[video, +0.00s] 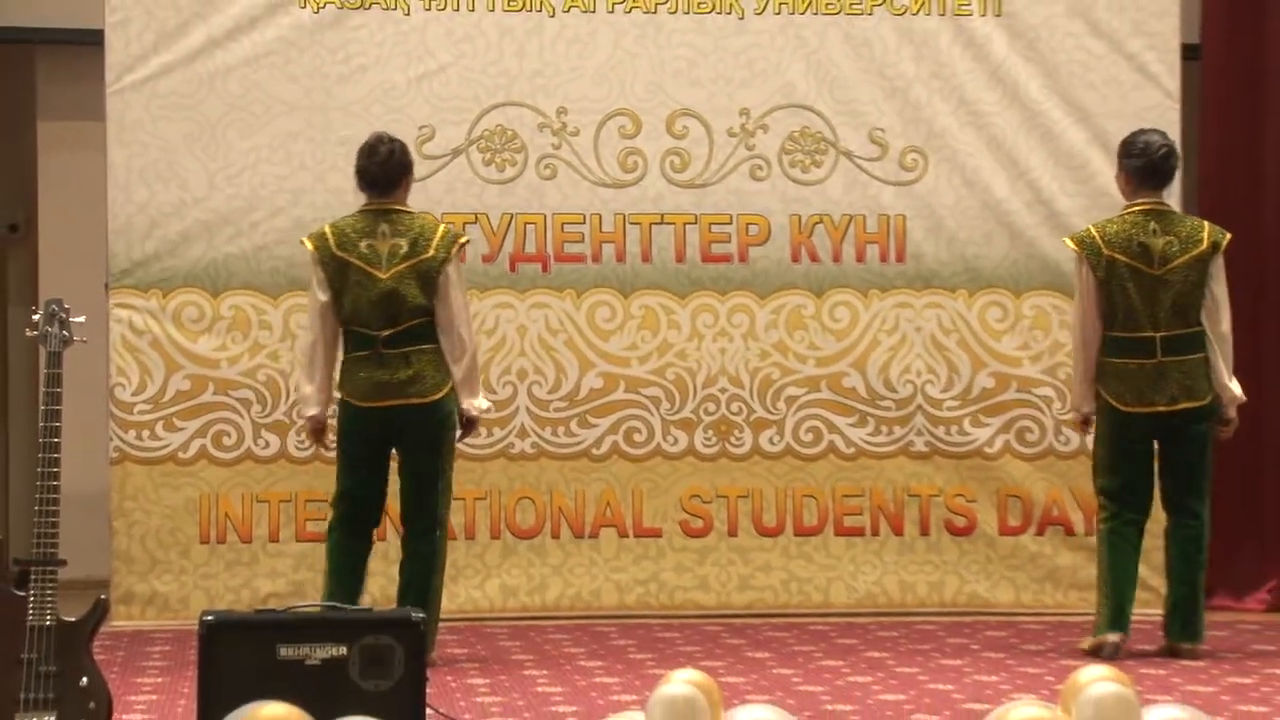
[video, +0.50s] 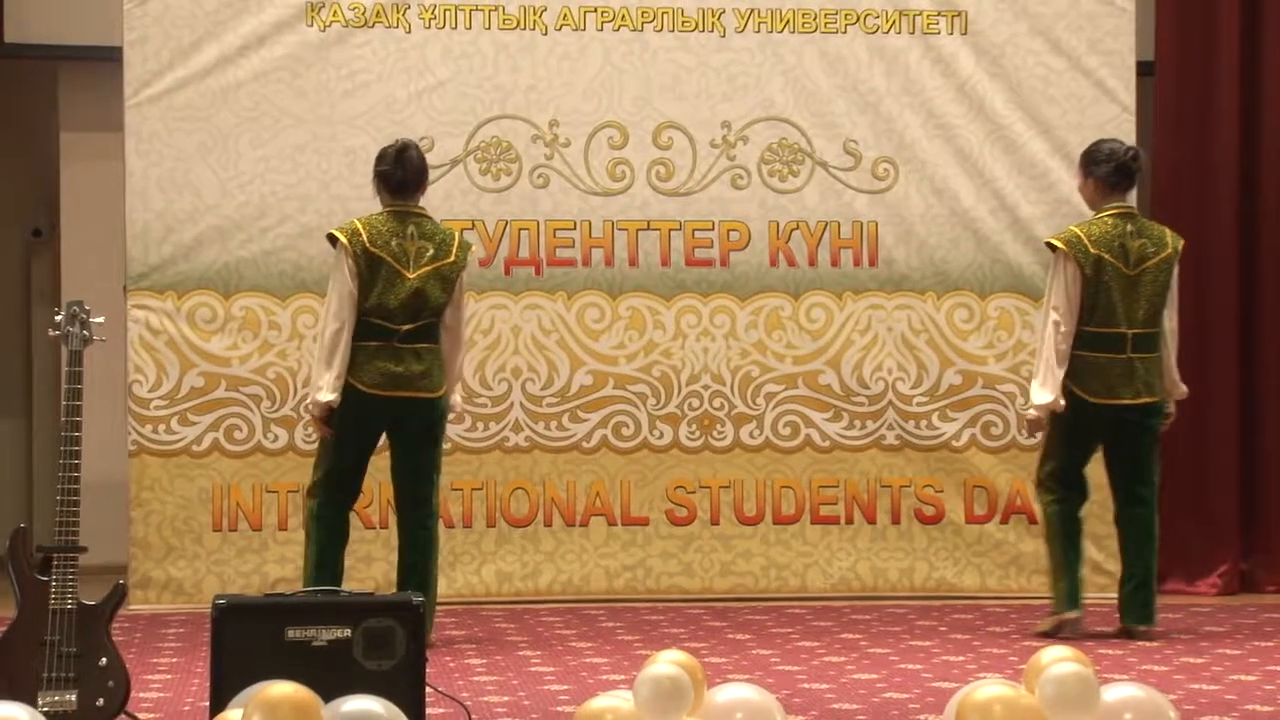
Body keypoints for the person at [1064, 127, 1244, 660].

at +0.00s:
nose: (1118, 179)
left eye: (1119, 172)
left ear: (1121, 177)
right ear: (1173, 177)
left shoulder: (1095, 243)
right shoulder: (1206, 240)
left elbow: (1088, 331)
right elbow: (1218, 324)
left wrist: (1083, 397)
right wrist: (1226, 391)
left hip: (1123, 401)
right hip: (1190, 399)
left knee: (1120, 513)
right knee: (1188, 513)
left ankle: (1111, 627)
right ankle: (1185, 633)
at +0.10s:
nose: (1110, 181)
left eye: (1111, 174)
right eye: (1115, 174)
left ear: (1115, 179)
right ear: (1165, 178)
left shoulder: (1090, 243)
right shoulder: (1198, 241)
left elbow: (1082, 329)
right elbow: (1208, 324)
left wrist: (1079, 398)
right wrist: (1215, 392)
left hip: (1117, 400)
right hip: (1181, 399)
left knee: (1121, 501)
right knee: (1177, 505)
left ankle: (1127, 607)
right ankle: (1172, 626)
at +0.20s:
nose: (1103, 179)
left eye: (1104, 172)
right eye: (1106, 171)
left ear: (1110, 177)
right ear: (1158, 176)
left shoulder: (1090, 240)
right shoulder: (1191, 239)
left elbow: (1076, 324)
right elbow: (1200, 321)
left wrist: (1069, 391)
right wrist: (1205, 385)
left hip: (1112, 394)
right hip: (1175, 393)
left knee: (1117, 495)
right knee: (1170, 501)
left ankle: (1134, 601)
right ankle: (1166, 620)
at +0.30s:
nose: (1093, 181)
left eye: (1095, 175)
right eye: (1095, 173)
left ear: (1103, 180)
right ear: (1148, 178)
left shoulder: (1085, 241)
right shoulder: (1183, 241)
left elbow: (1070, 326)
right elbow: (1187, 322)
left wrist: (1056, 390)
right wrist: (1194, 387)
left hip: (1101, 397)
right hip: (1165, 397)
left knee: (1095, 486)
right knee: (1157, 499)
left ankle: (1120, 593)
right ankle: (1154, 616)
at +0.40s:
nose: (1087, 183)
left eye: (1089, 176)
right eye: (1089, 175)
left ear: (1099, 180)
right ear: (1141, 179)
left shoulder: (1081, 242)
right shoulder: (1176, 242)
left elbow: (1065, 324)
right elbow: (1179, 322)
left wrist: (1048, 391)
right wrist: (1186, 387)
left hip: (1094, 397)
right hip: (1156, 397)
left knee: (1078, 482)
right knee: (1148, 500)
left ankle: (1101, 592)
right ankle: (1147, 615)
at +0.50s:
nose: (1078, 186)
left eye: (1080, 178)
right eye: (1080, 178)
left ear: (1091, 182)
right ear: (1131, 181)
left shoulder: (1077, 244)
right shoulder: (1165, 244)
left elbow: (1060, 325)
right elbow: (1168, 325)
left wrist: (1043, 393)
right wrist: (1170, 390)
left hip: (1084, 399)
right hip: (1143, 400)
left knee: (1058, 484)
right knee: (1138, 504)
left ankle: (1067, 604)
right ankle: (1139, 616)